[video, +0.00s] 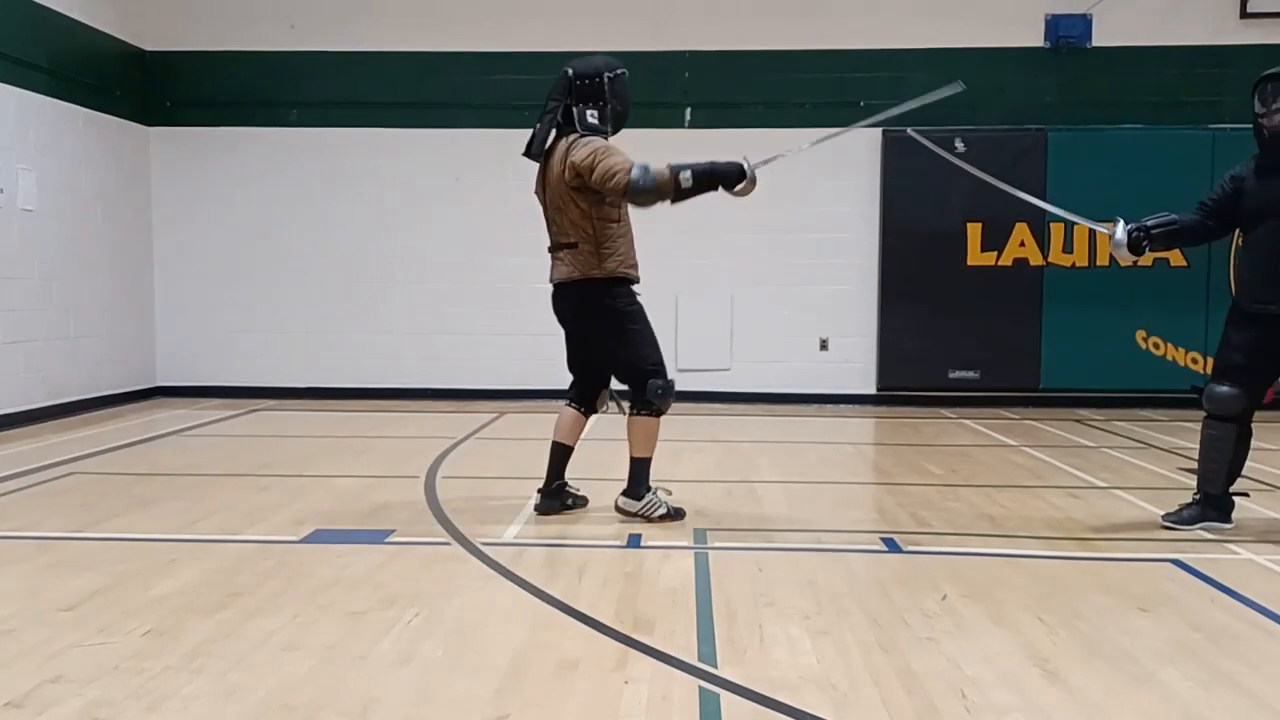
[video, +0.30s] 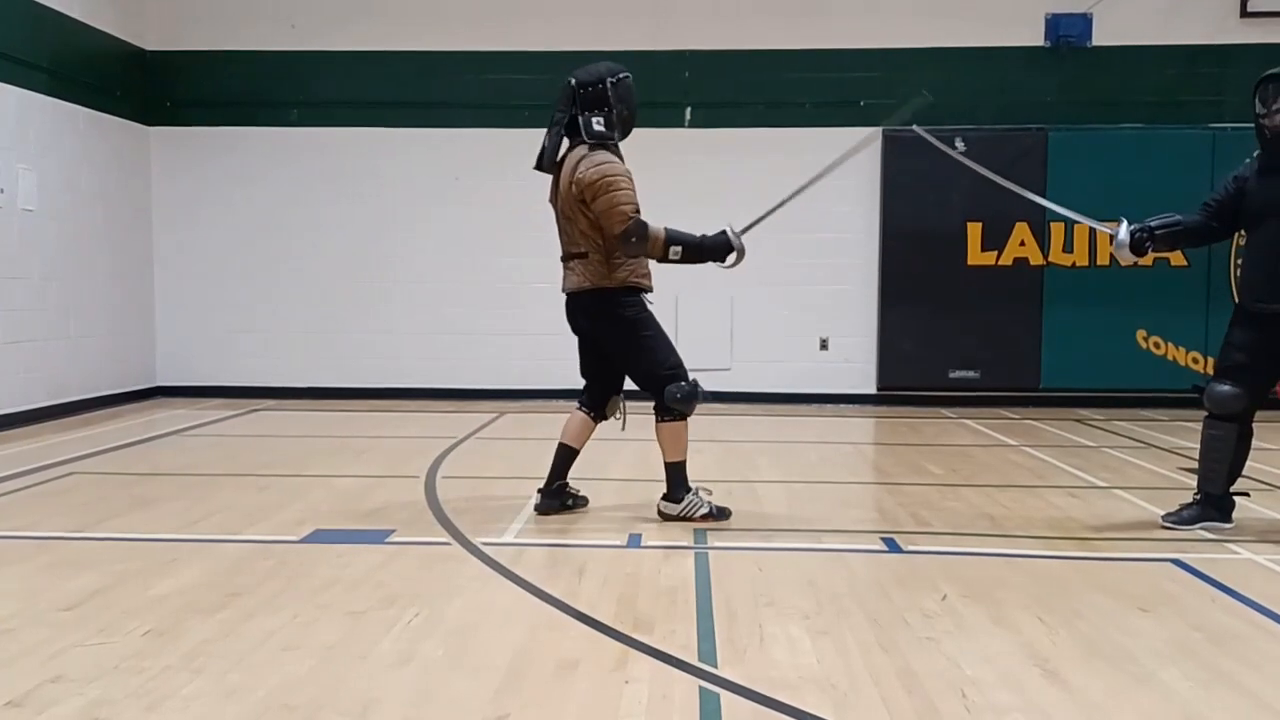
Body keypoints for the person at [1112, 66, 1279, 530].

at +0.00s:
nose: (1268, 121)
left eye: (1274, 113)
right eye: (1265, 112)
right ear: (1258, 118)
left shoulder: (1262, 174)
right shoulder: (1256, 173)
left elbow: (1209, 221)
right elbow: (1209, 220)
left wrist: (1145, 237)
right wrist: (1144, 235)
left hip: (1266, 309)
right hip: (1255, 307)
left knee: (1230, 397)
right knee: (1227, 398)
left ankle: (1213, 499)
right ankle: (1212, 500)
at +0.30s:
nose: (1269, 119)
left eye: (1276, 111)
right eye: (1267, 110)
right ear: (1260, 115)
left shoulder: (1265, 169)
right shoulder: (1259, 170)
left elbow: (1213, 220)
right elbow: (1213, 220)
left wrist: (1147, 237)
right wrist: (1147, 235)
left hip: (1269, 308)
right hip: (1258, 306)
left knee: (1232, 395)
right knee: (1228, 396)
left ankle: (1213, 499)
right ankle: (1213, 500)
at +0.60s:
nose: (1268, 120)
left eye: (1274, 112)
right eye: (1265, 111)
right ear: (1259, 117)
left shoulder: (1263, 173)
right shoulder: (1256, 172)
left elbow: (1211, 223)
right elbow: (1211, 223)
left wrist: (1145, 239)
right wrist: (1145, 237)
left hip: (1268, 310)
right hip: (1257, 308)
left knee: (1226, 395)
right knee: (1223, 395)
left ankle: (1212, 499)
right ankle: (1212, 500)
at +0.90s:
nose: (1269, 121)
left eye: (1275, 113)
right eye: (1267, 112)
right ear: (1261, 117)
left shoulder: (1264, 172)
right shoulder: (1258, 172)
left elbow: (1213, 224)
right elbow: (1213, 223)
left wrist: (1146, 239)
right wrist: (1146, 237)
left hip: (1268, 310)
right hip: (1257, 309)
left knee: (1224, 395)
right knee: (1220, 395)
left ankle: (1212, 499)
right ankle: (1211, 500)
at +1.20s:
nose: (1274, 124)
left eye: (1277, 116)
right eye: (1272, 116)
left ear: (1277, 122)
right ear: (1265, 121)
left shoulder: (1261, 178)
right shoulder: (1261, 176)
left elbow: (1203, 215)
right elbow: (1202, 214)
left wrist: (1129, 230)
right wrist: (1128, 230)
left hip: (1271, 311)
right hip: (1265, 310)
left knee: (1233, 393)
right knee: (1229, 395)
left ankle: (1212, 500)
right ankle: (1211, 500)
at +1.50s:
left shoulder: (1277, 199)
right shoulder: (1278, 197)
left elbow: (1254, 231)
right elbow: (1253, 231)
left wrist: (1175, 225)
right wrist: (1174, 225)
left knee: (1256, 395)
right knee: (1253, 395)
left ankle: (1221, 499)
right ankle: (1221, 499)